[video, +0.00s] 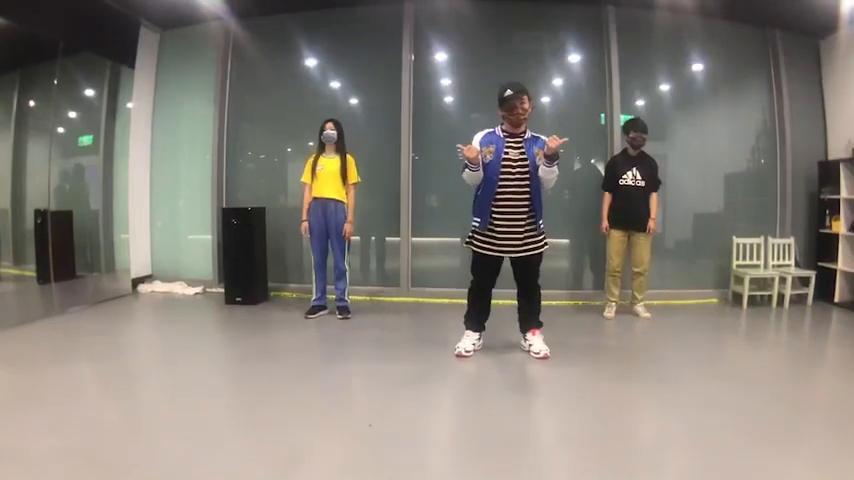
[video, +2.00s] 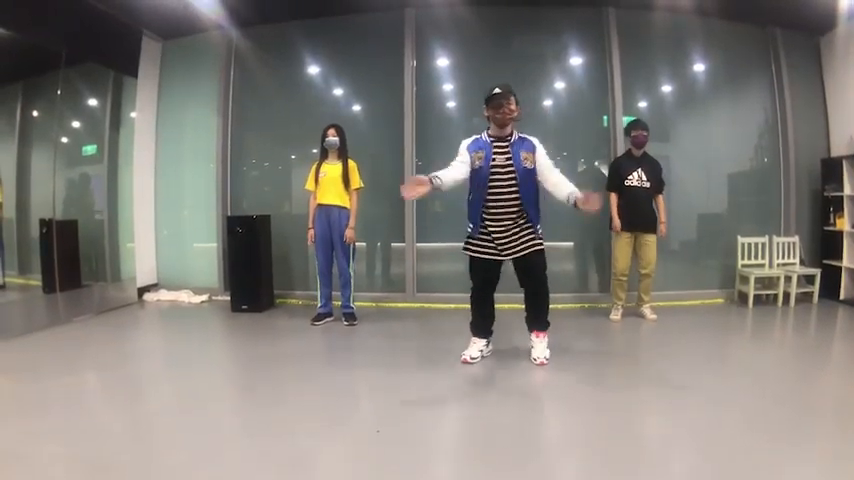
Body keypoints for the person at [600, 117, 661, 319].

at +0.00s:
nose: (638, 140)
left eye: (642, 137)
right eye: (635, 136)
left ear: (646, 138)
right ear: (626, 137)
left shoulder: (650, 163)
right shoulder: (615, 162)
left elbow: (653, 193)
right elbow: (607, 192)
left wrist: (652, 218)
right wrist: (604, 219)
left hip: (641, 223)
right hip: (617, 222)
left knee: (641, 267)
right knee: (614, 267)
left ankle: (638, 302)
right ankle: (612, 302)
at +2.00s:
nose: (640, 138)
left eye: (643, 134)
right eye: (636, 134)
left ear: (648, 137)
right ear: (629, 137)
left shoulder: (653, 164)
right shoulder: (618, 164)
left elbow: (658, 195)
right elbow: (613, 192)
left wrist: (662, 221)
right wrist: (615, 217)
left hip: (648, 225)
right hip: (623, 225)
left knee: (648, 269)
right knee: (620, 270)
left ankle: (644, 304)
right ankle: (618, 305)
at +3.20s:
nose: (632, 143)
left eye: (635, 140)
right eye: (627, 140)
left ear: (638, 142)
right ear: (619, 142)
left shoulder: (642, 170)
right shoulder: (610, 167)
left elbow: (644, 200)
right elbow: (598, 195)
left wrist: (648, 225)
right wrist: (602, 223)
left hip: (636, 230)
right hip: (612, 230)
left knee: (641, 273)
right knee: (605, 273)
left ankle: (640, 309)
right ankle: (595, 308)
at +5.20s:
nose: (606, 150)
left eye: (609, 146)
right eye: (602, 146)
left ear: (615, 149)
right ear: (596, 149)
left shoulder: (623, 171)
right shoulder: (589, 173)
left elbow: (641, 193)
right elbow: (578, 195)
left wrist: (628, 217)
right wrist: (580, 218)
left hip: (621, 234)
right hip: (596, 234)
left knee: (632, 276)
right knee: (590, 276)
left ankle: (649, 308)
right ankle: (589, 311)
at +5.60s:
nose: (632, 146)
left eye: (635, 142)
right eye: (628, 142)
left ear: (638, 143)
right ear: (618, 142)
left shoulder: (630, 165)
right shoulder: (607, 163)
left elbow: (628, 194)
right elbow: (587, 186)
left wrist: (639, 212)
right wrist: (593, 211)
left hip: (626, 228)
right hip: (603, 228)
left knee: (632, 272)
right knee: (597, 272)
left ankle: (628, 310)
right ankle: (584, 309)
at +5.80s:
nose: (646, 157)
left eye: (648, 153)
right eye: (642, 154)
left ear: (650, 154)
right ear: (633, 154)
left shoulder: (643, 178)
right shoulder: (623, 171)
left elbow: (645, 202)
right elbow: (611, 195)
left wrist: (649, 222)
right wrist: (619, 222)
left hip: (628, 238)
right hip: (607, 237)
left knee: (639, 276)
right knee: (594, 280)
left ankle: (627, 313)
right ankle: (571, 311)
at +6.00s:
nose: (650, 159)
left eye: (653, 156)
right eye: (646, 156)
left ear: (656, 158)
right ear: (637, 157)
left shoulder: (648, 184)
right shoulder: (624, 172)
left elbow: (650, 211)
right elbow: (613, 201)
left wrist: (647, 235)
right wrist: (620, 230)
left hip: (629, 238)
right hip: (607, 235)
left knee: (639, 275)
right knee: (603, 278)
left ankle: (627, 313)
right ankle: (579, 310)